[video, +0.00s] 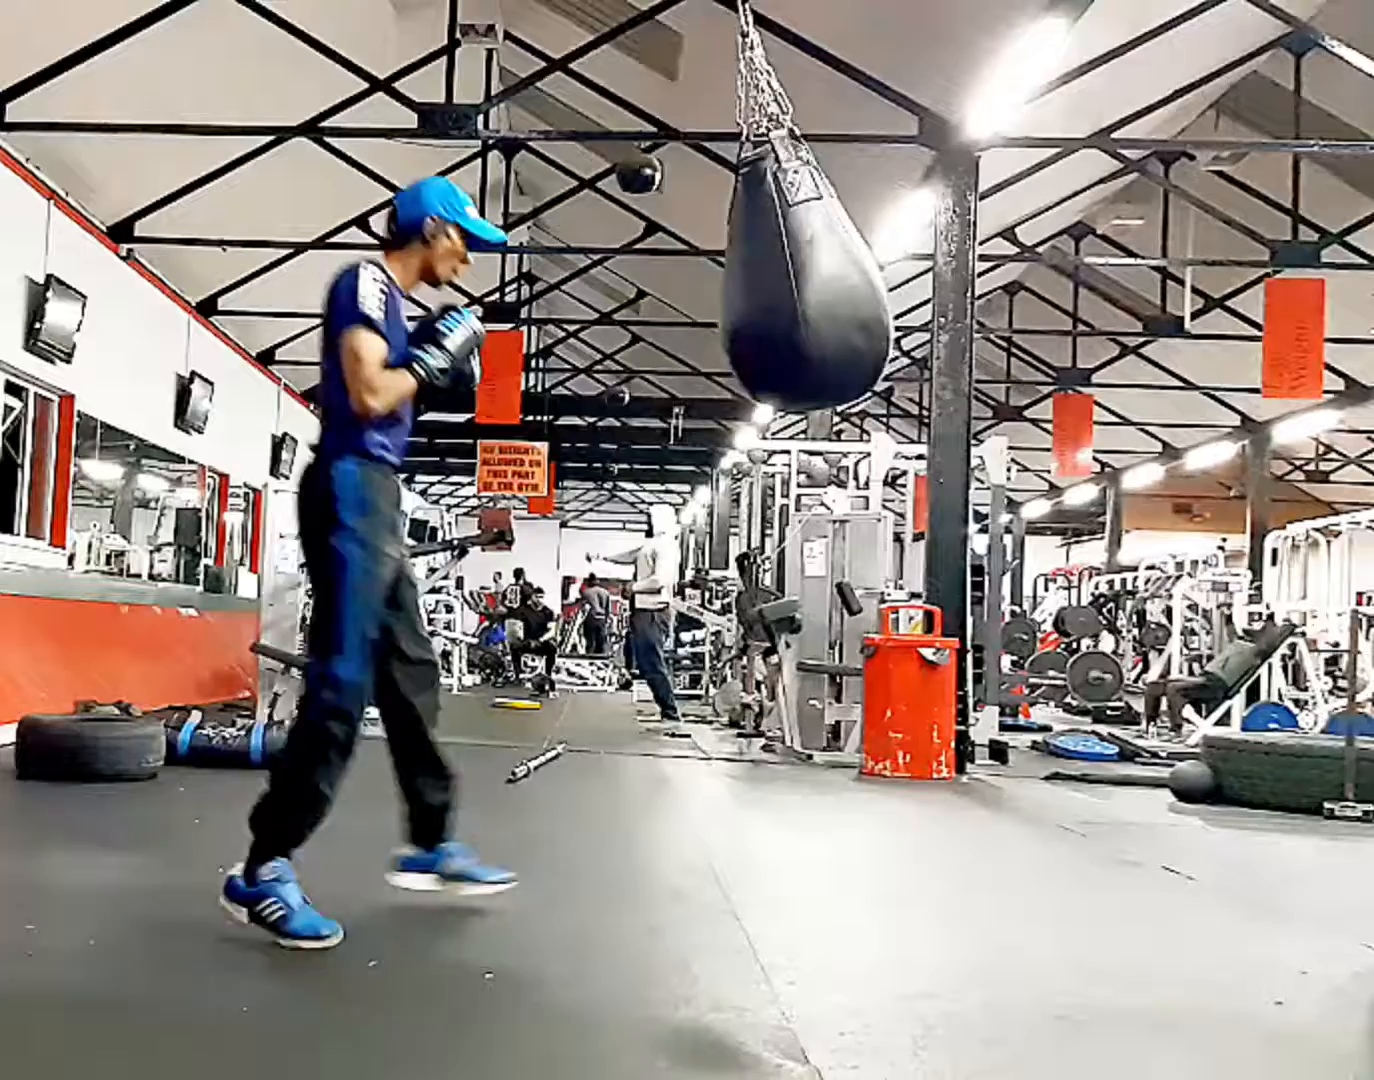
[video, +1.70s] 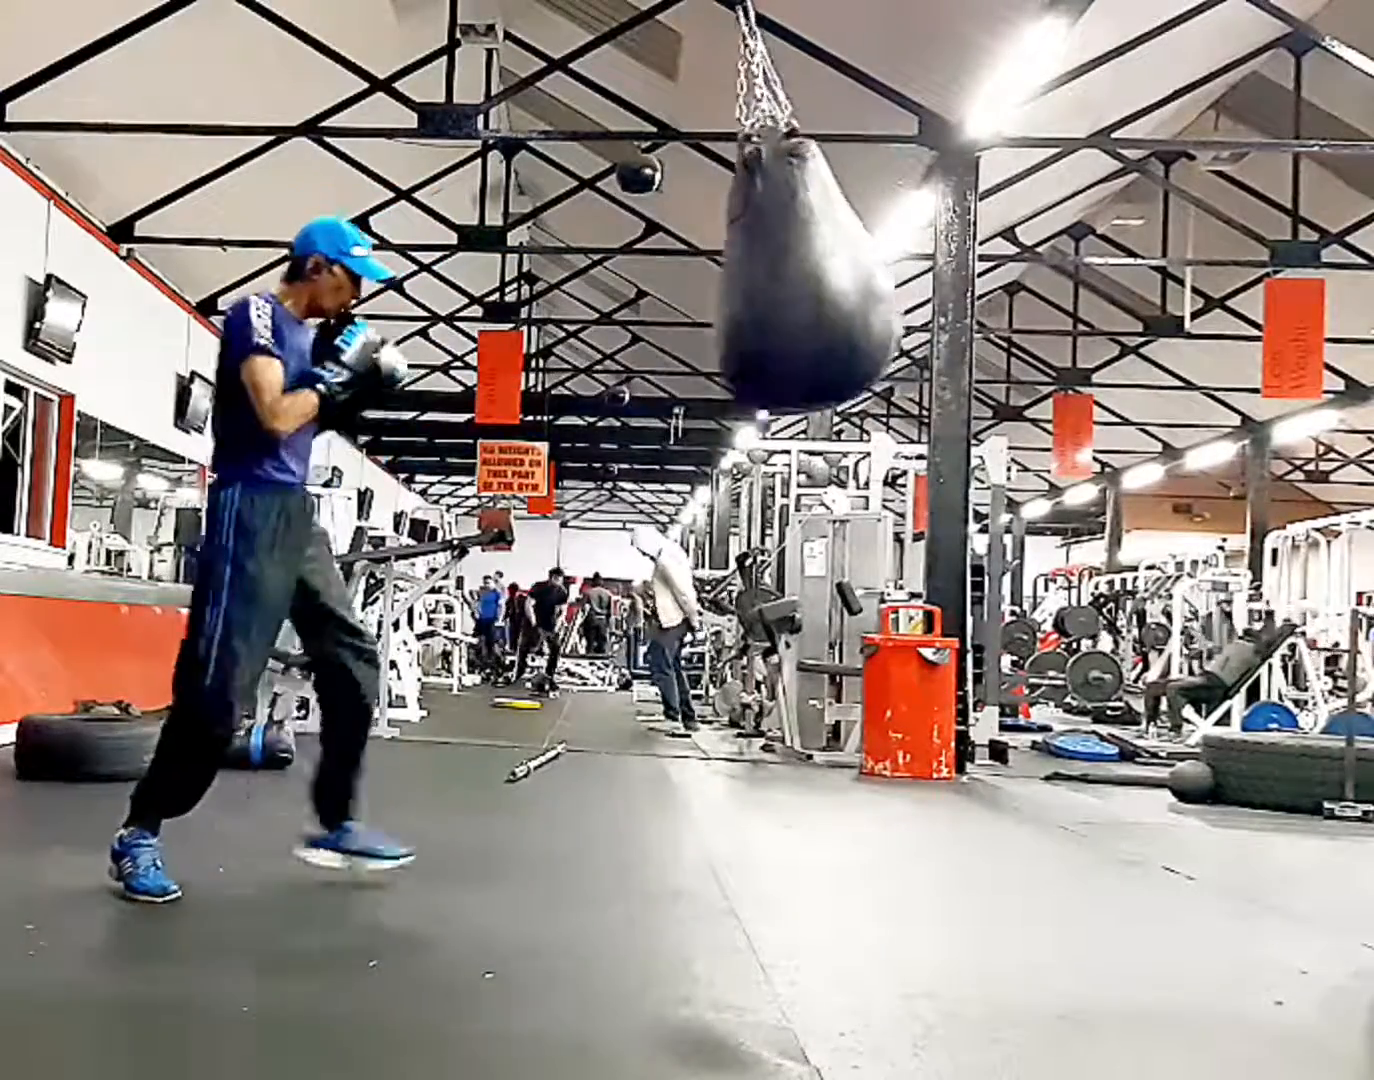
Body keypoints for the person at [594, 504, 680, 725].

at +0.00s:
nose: (648, 522)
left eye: (652, 518)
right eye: (650, 518)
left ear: (661, 521)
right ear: (660, 521)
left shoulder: (666, 546)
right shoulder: (649, 545)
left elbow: (660, 581)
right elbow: (627, 557)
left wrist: (633, 587)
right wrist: (601, 559)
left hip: (653, 609)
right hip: (641, 608)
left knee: (653, 664)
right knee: (644, 663)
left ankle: (670, 712)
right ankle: (666, 709)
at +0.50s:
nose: (643, 527)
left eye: (647, 523)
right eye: (644, 523)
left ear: (657, 523)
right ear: (657, 523)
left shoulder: (668, 546)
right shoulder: (652, 547)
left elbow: (663, 580)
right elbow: (633, 573)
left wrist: (636, 589)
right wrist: (609, 580)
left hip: (656, 609)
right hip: (643, 608)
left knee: (652, 663)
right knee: (643, 664)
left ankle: (670, 712)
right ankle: (666, 709)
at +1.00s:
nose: (630, 541)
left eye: (630, 536)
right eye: (629, 537)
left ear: (637, 532)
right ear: (644, 528)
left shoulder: (656, 544)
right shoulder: (652, 545)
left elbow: (663, 577)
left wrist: (644, 598)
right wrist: (640, 593)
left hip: (663, 610)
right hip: (657, 609)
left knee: (659, 662)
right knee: (657, 662)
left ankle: (671, 713)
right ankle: (669, 711)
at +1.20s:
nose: (632, 546)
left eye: (631, 541)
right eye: (629, 542)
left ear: (638, 536)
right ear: (646, 530)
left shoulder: (654, 551)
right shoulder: (666, 544)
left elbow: (659, 586)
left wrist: (653, 616)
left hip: (666, 613)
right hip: (679, 609)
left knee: (659, 661)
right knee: (659, 659)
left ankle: (671, 711)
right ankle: (669, 707)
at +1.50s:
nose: (638, 548)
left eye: (637, 544)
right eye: (636, 544)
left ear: (643, 538)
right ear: (651, 532)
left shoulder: (657, 553)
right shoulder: (671, 546)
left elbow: (672, 585)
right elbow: (687, 580)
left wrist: (683, 613)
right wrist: (695, 607)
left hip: (665, 616)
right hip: (676, 613)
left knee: (660, 666)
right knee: (672, 664)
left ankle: (673, 714)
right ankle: (685, 712)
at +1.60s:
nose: (641, 551)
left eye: (640, 546)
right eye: (638, 547)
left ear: (647, 541)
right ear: (650, 536)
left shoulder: (663, 555)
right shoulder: (664, 551)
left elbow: (681, 585)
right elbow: (658, 583)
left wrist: (692, 612)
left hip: (668, 619)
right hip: (672, 617)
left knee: (659, 665)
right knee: (673, 665)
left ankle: (673, 714)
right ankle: (688, 715)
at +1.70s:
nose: (644, 555)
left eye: (643, 551)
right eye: (641, 551)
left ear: (650, 545)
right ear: (654, 540)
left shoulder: (666, 561)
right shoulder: (667, 556)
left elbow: (684, 592)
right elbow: (660, 586)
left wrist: (694, 619)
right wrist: (641, 589)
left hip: (668, 623)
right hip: (675, 620)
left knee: (661, 666)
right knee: (673, 666)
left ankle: (673, 712)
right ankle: (688, 713)